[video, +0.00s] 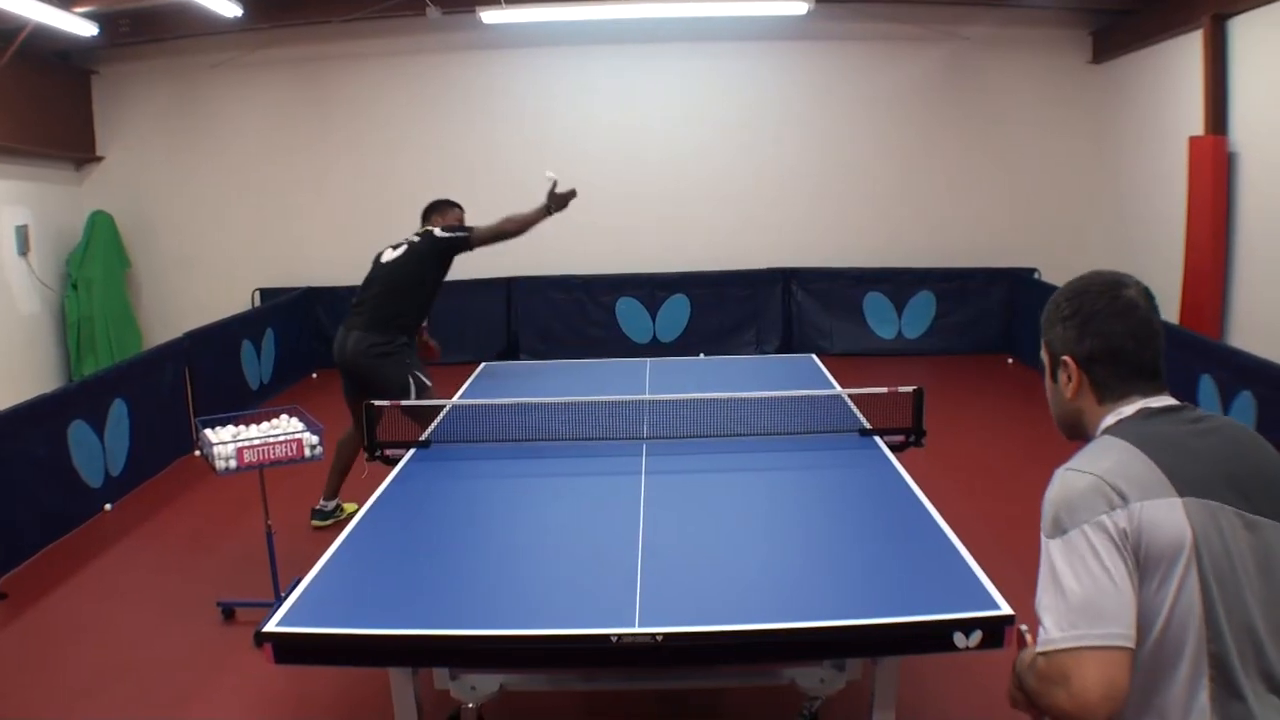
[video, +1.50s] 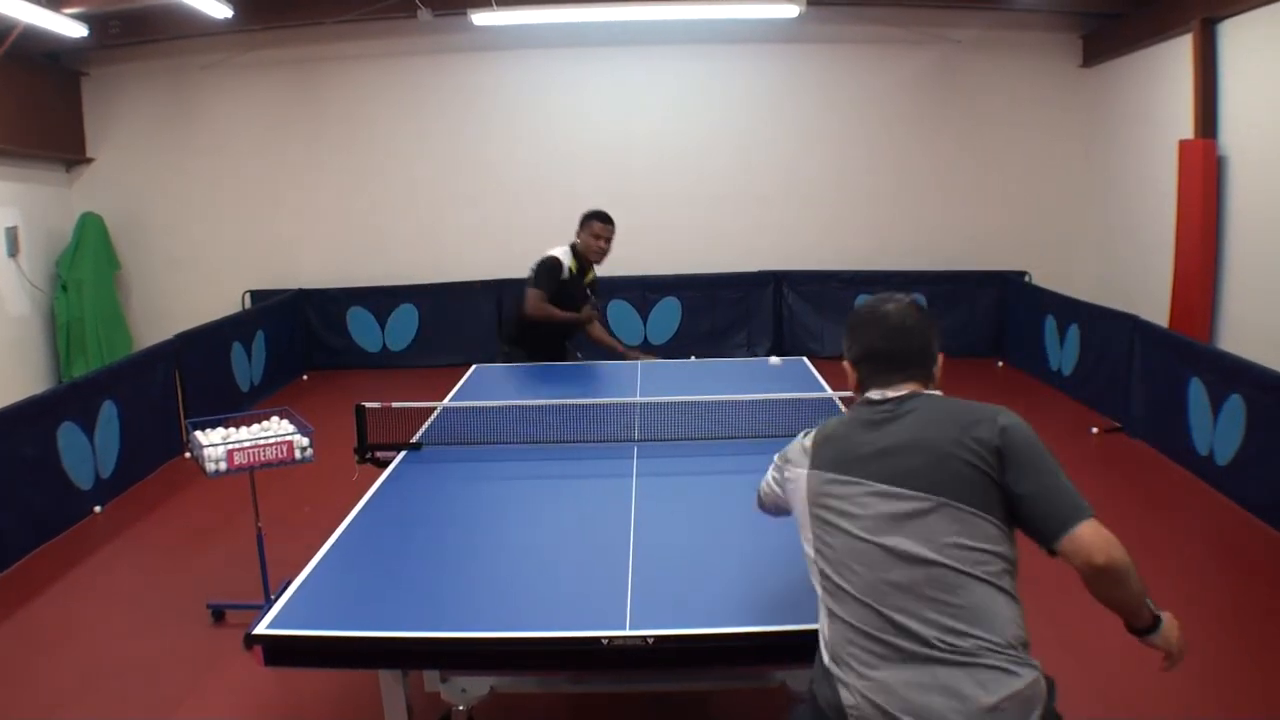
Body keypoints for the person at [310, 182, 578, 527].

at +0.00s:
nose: (463, 227)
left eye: (462, 222)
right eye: (458, 221)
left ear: (427, 223)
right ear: (437, 221)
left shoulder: (395, 249)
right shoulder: (440, 241)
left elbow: (386, 297)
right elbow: (502, 230)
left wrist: (418, 333)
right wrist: (547, 209)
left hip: (349, 347)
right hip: (384, 350)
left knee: (361, 426)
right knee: (442, 427)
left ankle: (326, 504)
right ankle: (448, 504)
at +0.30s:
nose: (437, 223)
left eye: (437, 219)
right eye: (434, 219)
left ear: (401, 219)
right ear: (418, 217)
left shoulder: (365, 241)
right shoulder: (421, 234)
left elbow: (326, 282)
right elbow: (466, 235)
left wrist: (359, 297)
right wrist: (498, 260)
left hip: (328, 337)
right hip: (363, 340)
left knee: (344, 420)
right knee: (422, 412)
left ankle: (319, 505)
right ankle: (429, 495)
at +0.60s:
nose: (489, 269)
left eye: (490, 261)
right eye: (487, 260)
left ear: (460, 255)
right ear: (469, 256)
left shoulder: (430, 267)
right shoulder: (449, 272)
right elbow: (415, 299)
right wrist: (428, 343)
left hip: (359, 359)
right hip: (384, 364)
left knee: (379, 429)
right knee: (442, 424)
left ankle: (325, 497)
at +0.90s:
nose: (500, 240)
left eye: (507, 234)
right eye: (494, 231)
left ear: (513, 233)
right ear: (477, 223)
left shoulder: (498, 253)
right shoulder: (443, 250)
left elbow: (488, 281)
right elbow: (393, 286)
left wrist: (510, 310)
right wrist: (438, 319)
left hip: (449, 329)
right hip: (411, 327)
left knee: (461, 392)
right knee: (443, 397)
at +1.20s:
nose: (534, 237)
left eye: (540, 230)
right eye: (527, 229)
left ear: (545, 231)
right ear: (510, 227)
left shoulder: (549, 263)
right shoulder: (478, 261)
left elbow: (557, 294)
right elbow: (438, 298)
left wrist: (583, 319)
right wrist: (480, 324)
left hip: (526, 349)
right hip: (483, 352)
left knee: (566, 382)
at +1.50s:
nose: (602, 246)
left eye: (607, 241)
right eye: (596, 238)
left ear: (611, 243)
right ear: (579, 235)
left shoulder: (589, 276)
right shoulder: (553, 263)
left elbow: (589, 323)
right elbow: (533, 307)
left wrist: (623, 351)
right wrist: (579, 318)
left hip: (558, 353)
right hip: (526, 354)